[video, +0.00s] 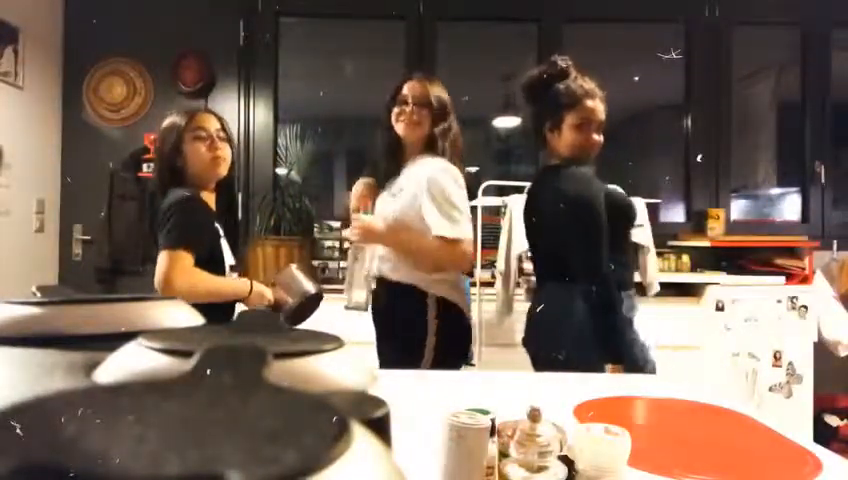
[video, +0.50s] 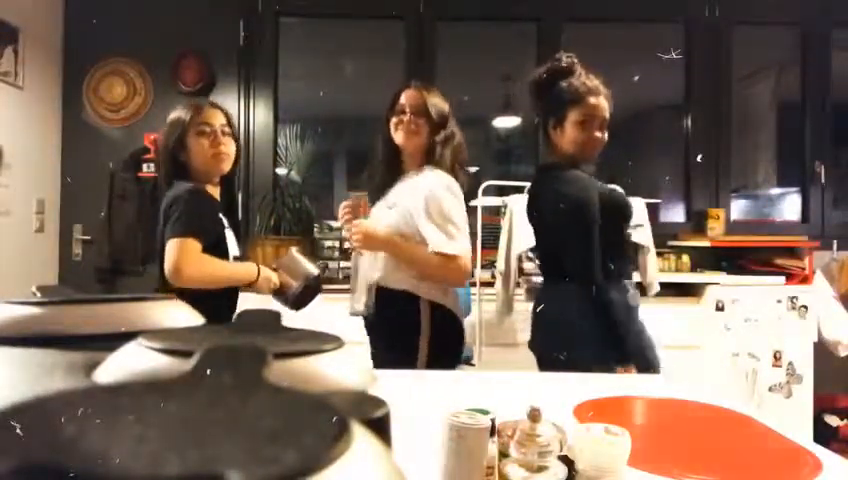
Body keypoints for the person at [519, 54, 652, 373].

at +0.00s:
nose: (595, 138)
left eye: (599, 128)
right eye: (582, 126)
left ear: (606, 128)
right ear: (552, 131)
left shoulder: (541, 187)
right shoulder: (584, 188)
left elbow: (547, 271)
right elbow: (599, 283)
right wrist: (633, 356)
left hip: (546, 320)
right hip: (583, 327)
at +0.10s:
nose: (596, 133)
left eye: (600, 125)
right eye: (582, 123)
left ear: (607, 127)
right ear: (552, 128)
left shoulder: (539, 187)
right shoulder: (582, 186)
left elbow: (552, 271)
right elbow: (601, 274)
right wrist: (631, 346)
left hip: (551, 322)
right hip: (593, 329)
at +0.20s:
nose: (597, 138)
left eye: (602, 129)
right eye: (583, 126)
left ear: (608, 130)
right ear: (553, 130)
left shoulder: (541, 185)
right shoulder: (580, 190)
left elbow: (550, 270)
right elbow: (600, 278)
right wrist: (634, 352)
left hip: (547, 320)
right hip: (586, 328)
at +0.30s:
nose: (598, 141)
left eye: (604, 132)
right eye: (585, 130)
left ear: (609, 132)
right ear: (555, 132)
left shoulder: (542, 185)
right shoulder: (580, 192)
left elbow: (548, 269)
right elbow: (599, 280)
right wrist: (633, 355)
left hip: (544, 322)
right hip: (583, 330)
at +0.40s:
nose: (600, 135)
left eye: (605, 126)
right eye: (586, 123)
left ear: (612, 129)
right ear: (557, 126)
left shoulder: (544, 184)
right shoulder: (580, 189)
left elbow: (560, 271)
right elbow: (600, 281)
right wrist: (637, 357)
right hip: (590, 332)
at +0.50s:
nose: (599, 135)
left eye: (603, 125)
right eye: (584, 123)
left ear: (611, 128)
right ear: (555, 129)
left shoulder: (544, 186)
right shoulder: (591, 194)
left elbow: (557, 272)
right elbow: (606, 286)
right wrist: (640, 357)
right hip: (593, 332)